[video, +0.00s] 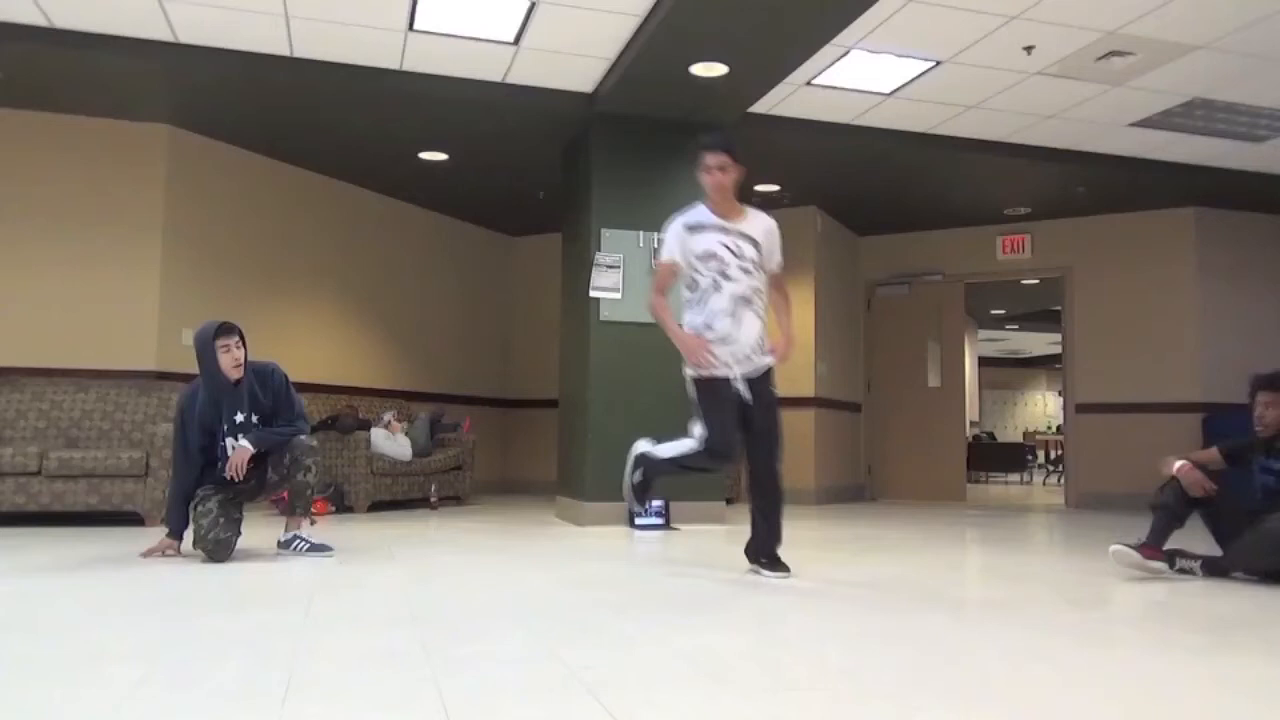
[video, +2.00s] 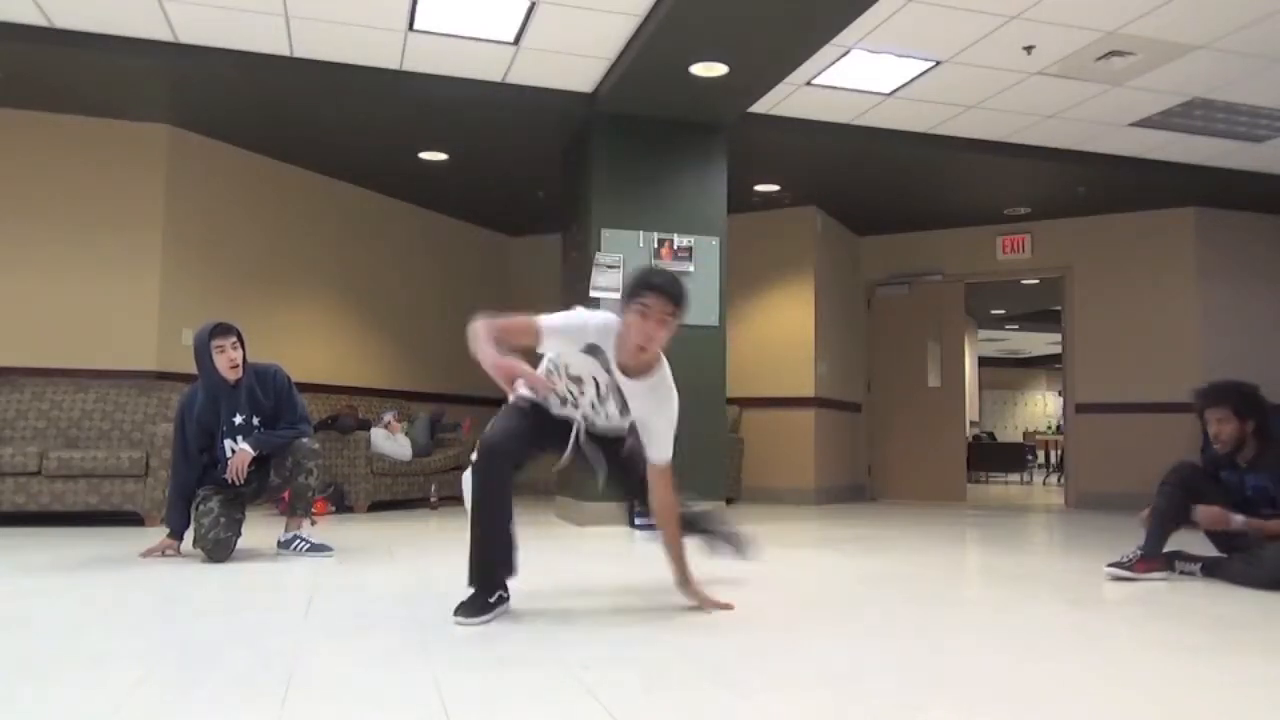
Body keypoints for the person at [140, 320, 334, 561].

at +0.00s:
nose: (237, 355)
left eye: (239, 346)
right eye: (225, 350)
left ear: (245, 348)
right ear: (208, 358)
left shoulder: (268, 377)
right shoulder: (193, 401)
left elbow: (299, 426)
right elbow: (185, 470)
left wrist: (251, 442)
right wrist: (174, 534)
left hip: (262, 474)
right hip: (217, 488)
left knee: (303, 449)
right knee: (216, 550)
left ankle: (292, 534)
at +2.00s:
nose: (232, 356)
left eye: (235, 347)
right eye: (220, 351)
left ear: (243, 349)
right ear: (206, 359)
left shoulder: (271, 379)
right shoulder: (194, 403)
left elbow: (302, 428)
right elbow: (184, 470)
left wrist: (252, 445)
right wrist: (174, 535)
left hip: (264, 476)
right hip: (219, 489)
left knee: (306, 450)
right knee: (216, 549)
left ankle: (292, 534)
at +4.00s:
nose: (230, 356)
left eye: (234, 347)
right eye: (219, 351)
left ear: (242, 350)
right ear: (205, 359)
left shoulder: (272, 380)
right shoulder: (193, 404)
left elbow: (304, 429)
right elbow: (184, 470)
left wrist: (254, 446)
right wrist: (174, 535)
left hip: (265, 477)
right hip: (219, 488)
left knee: (308, 450)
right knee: (215, 549)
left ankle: (292, 534)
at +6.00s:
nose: (231, 354)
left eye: (234, 345)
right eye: (219, 349)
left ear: (242, 349)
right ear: (205, 358)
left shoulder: (272, 380)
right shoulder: (194, 403)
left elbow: (303, 429)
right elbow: (184, 470)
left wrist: (255, 444)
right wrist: (174, 535)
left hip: (266, 477)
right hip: (220, 488)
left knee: (307, 449)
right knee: (215, 549)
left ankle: (292, 535)